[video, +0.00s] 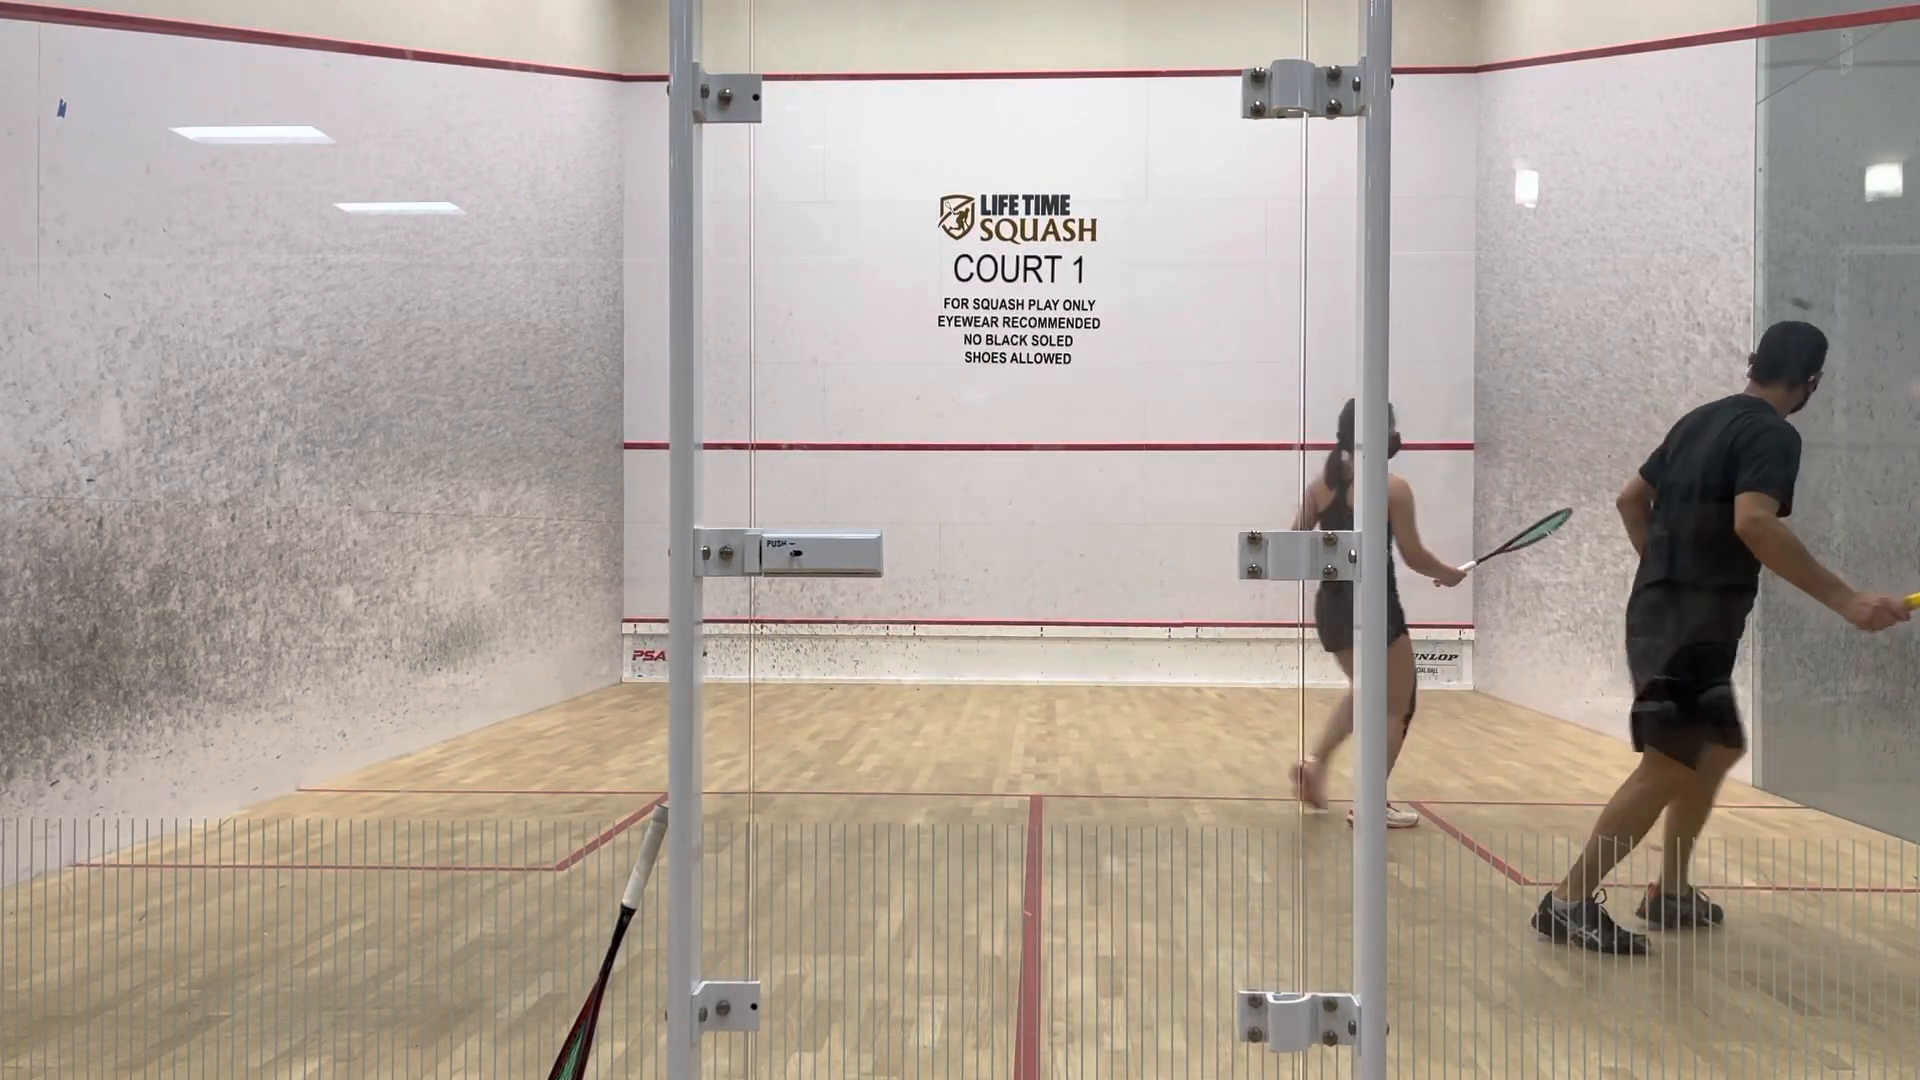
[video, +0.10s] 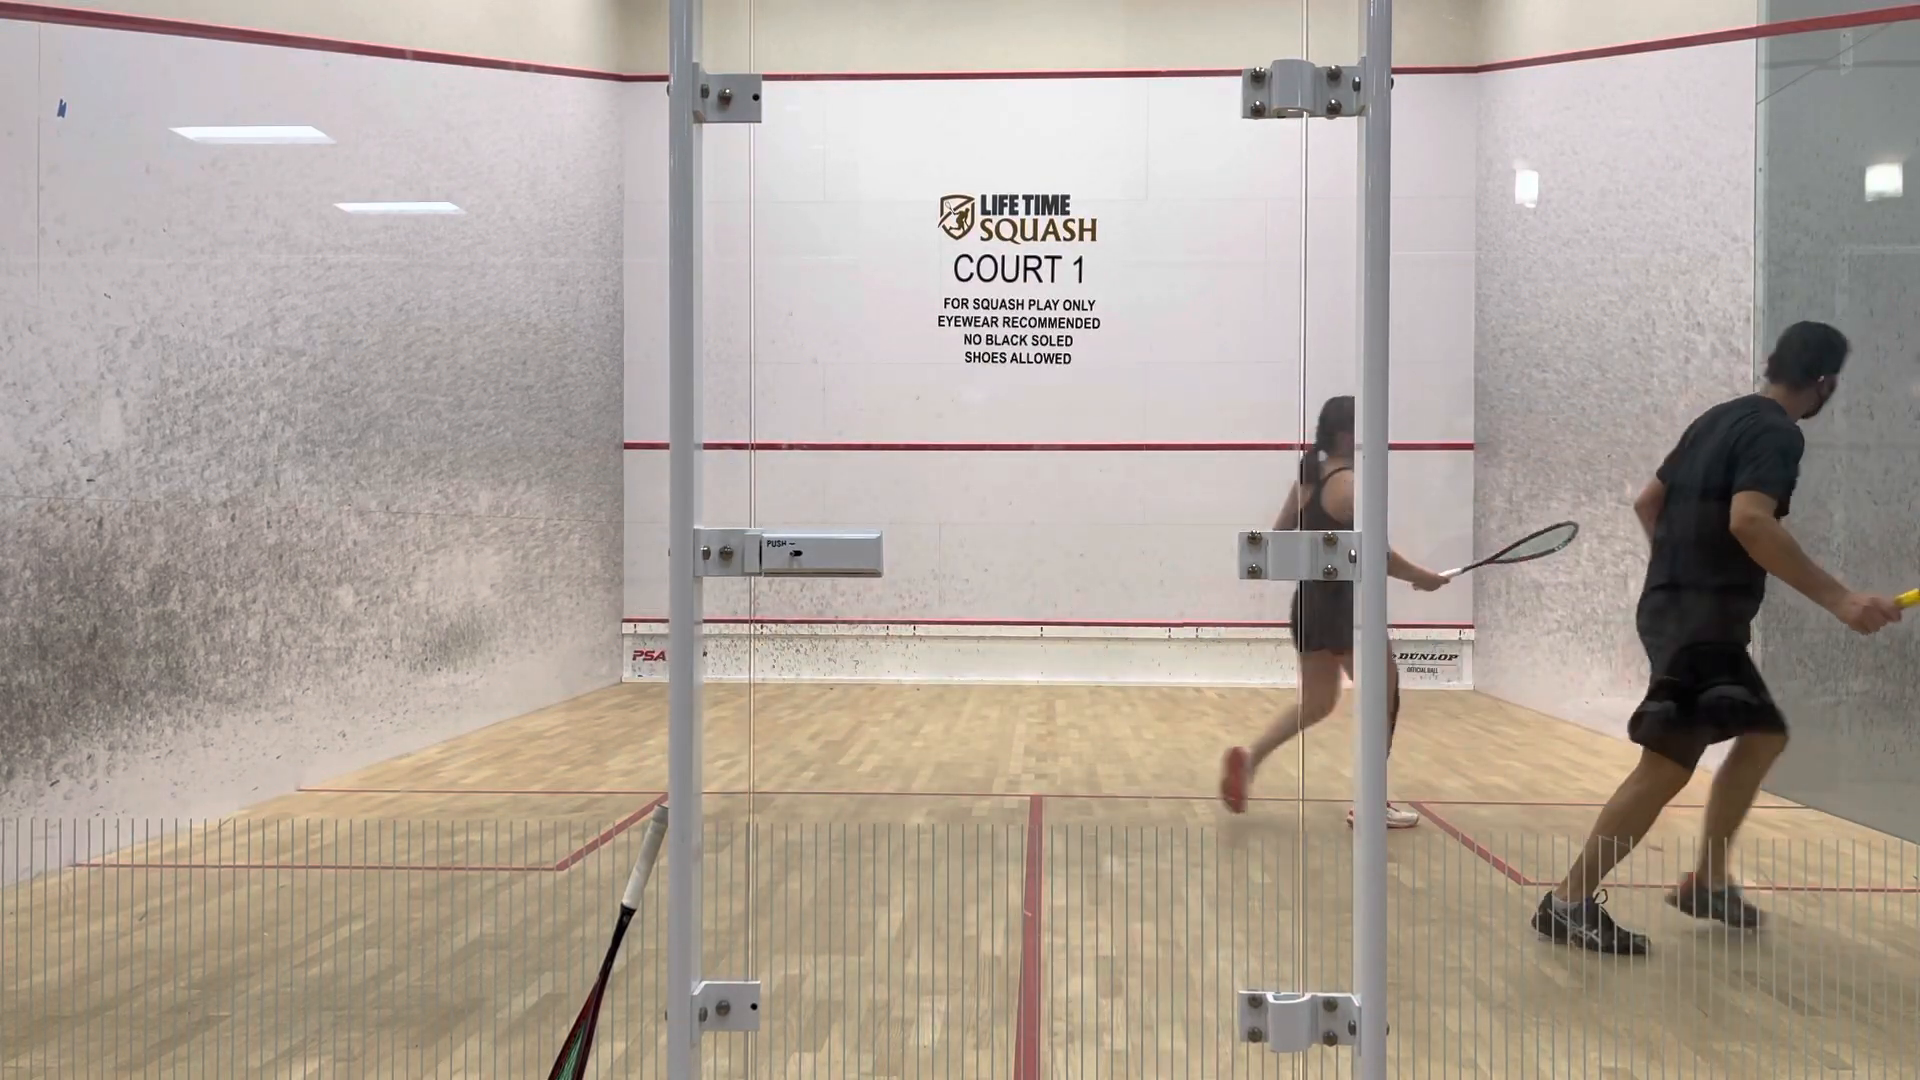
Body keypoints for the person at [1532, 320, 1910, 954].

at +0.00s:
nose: (1815, 391)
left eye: (1817, 381)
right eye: (1818, 381)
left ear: (1751, 366)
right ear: (1809, 380)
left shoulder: (1699, 419)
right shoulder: (1772, 432)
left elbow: (1633, 500)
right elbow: (1754, 522)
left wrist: (1666, 571)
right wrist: (1850, 600)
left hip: (1658, 619)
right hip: (1694, 627)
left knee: (1721, 743)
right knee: (1671, 759)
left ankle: (1670, 890)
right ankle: (1570, 899)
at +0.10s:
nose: (1833, 393)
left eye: (1833, 382)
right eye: (1835, 383)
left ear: (1773, 366)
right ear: (1823, 383)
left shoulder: (1719, 418)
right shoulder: (1775, 432)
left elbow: (1649, 501)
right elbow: (1750, 521)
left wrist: (1688, 573)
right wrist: (1843, 600)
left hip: (1676, 614)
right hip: (1701, 623)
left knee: (1765, 734)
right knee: (1667, 763)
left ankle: (1708, 882)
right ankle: (1570, 898)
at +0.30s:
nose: (1906, 414)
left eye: (1912, 403)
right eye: (1907, 399)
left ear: (1868, 376)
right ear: (1879, 378)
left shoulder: (1795, 420)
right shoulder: (1824, 429)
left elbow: (1716, 500)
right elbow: (1782, 506)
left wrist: (1783, 593)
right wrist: (1867, 568)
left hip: (1739, 621)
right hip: (1739, 626)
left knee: (1813, 752)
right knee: (1687, 766)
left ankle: (1870, 909)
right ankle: (1580, 890)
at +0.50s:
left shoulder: (1908, 469)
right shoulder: (1896, 444)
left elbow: (1867, 552)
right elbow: (1817, 492)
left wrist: (1901, 626)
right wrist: (1899, 532)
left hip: (1826, 630)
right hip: (1776, 628)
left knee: (1880, 759)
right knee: (1826, 779)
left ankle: (1892, 919)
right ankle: (1668, 861)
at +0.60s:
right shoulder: (1909, 445)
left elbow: (1910, 572)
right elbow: (1832, 469)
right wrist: (1912, 502)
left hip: (1832, 620)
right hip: (1789, 612)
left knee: (1891, 759)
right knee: (1869, 756)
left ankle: (1893, 919)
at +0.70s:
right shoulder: (1912, 447)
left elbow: (1854, 444)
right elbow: (1853, 444)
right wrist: (1913, 471)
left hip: (1848, 619)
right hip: (1799, 611)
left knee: (1904, 759)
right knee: (1876, 758)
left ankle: (1894, 928)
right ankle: (1876, 946)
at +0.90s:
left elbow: (1897, 501)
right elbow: (1899, 502)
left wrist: (1814, 548)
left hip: (1844, 637)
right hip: (1815, 633)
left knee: (1905, 765)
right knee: (1907, 761)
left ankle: (1894, 919)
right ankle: (1900, 924)